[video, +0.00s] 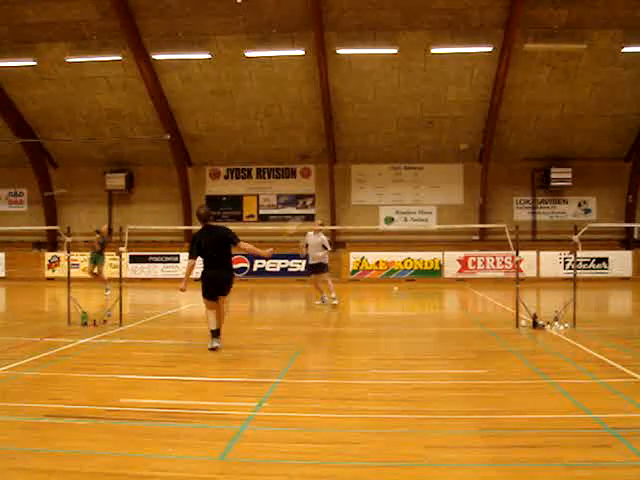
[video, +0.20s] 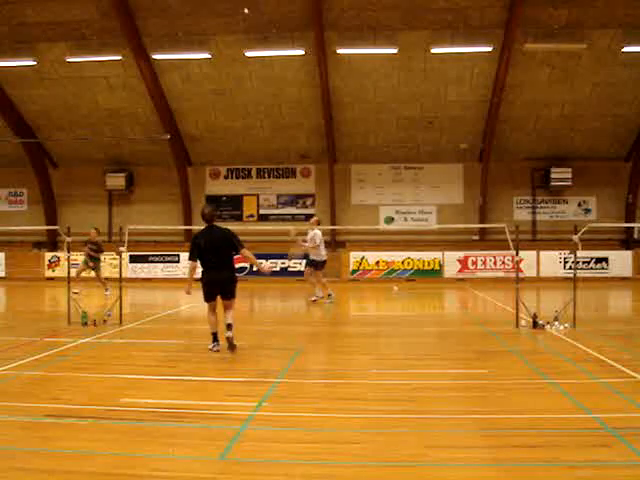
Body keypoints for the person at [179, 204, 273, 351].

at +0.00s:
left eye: (199, 218)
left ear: (198, 219)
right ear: (211, 216)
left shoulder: (198, 237)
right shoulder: (224, 231)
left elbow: (192, 261)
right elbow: (242, 246)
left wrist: (184, 281)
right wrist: (262, 253)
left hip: (209, 275)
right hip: (226, 274)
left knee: (210, 307)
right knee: (221, 302)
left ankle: (214, 338)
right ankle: (217, 334)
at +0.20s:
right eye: (214, 215)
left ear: (202, 219)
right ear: (216, 217)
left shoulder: (198, 238)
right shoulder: (227, 233)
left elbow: (193, 264)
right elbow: (243, 252)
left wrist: (189, 283)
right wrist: (258, 265)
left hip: (209, 279)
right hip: (228, 277)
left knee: (212, 309)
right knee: (228, 307)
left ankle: (215, 342)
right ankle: (229, 331)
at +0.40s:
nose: (215, 215)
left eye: (211, 213)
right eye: (218, 212)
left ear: (208, 214)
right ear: (223, 213)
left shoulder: (202, 234)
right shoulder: (232, 231)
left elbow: (201, 261)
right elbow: (245, 255)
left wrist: (202, 283)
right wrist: (251, 274)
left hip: (212, 277)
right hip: (231, 276)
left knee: (212, 309)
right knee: (232, 312)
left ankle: (214, 340)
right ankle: (235, 341)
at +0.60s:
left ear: (212, 205)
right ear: (227, 205)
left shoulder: (205, 223)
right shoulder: (236, 222)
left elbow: (199, 250)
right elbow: (247, 246)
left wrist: (200, 273)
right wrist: (246, 265)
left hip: (213, 269)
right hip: (234, 267)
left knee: (208, 307)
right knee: (244, 306)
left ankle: (204, 345)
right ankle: (239, 346)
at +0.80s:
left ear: (215, 215)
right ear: (231, 215)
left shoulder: (205, 233)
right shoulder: (238, 233)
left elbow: (192, 253)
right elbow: (259, 252)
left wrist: (189, 278)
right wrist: (260, 269)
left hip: (211, 281)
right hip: (235, 280)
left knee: (203, 322)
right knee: (254, 313)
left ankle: (195, 364)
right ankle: (266, 350)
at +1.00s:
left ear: (224, 221)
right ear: (239, 221)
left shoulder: (215, 239)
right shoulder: (247, 240)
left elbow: (195, 258)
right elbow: (269, 263)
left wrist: (184, 281)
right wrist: (269, 279)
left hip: (220, 283)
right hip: (243, 284)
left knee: (203, 322)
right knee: (257, 322)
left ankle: (194, 364)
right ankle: (269, 361)